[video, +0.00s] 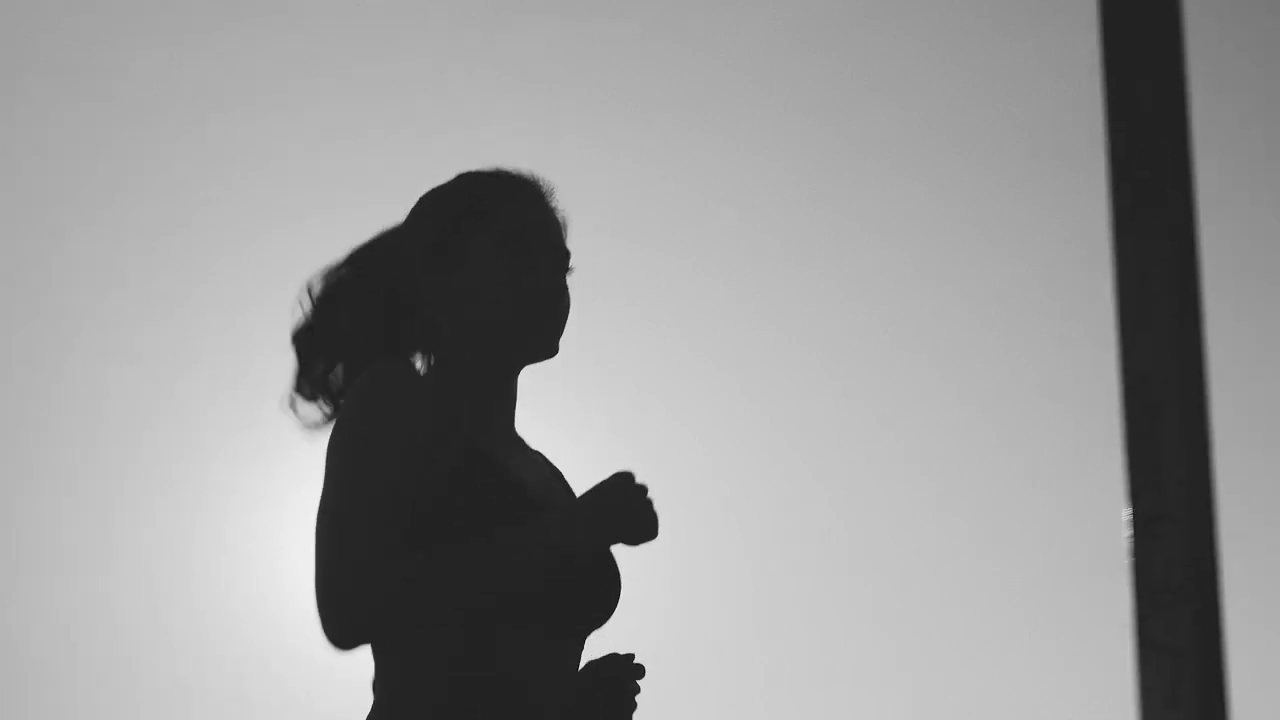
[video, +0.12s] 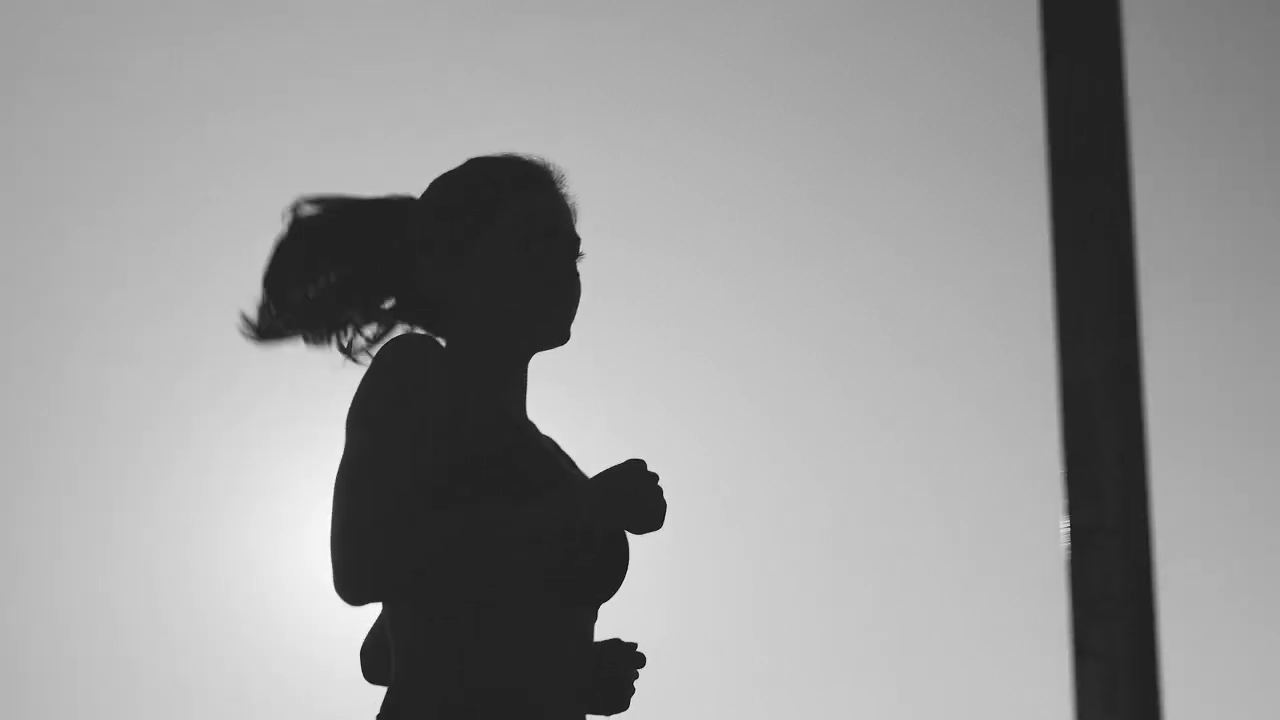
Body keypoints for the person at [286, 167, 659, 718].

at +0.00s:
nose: (563, 293)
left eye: (563, 268)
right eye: (543, 265)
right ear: (469, 275)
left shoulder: (540, 472)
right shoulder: (390, 407)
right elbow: (346, 609)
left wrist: (576, 697)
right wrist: (575, 529)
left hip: (531, 708)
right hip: (423, 705)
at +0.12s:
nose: (576, 272)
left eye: (573, 250)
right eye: (551, 246)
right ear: (474, 260)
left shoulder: (544, 461)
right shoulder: (415, 369)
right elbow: (360, 565)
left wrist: (577, 671)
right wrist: (581, 508)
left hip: (538, 705)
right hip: (442, 701)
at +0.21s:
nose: (583, 268)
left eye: (580, 248)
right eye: (556, 243)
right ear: (480, 261)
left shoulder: (560, 466)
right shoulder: (425, 369)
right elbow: (360, 557)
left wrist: (584, 669)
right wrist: (587, 518)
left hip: (549, 707)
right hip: (449, 702)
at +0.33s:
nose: (594, 289)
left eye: (594, 266)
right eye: (570, 263)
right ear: (489, 275)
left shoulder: (581, 481)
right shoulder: (435, 391)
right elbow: (341, 583)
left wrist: (608, 681)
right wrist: (575, 558)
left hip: (563, 708)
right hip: (462, 704)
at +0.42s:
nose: (602, 309)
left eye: (599, 285)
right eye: (574, 282)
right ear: (487, 306)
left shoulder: (587, 496)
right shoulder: (439, 423)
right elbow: (318, 617)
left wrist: (626, 696)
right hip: (470, 710)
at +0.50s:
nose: (608, 325)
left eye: (604, 306)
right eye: (583, 304)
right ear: (499, 331)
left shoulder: (606, 528)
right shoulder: (438, 459)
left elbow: (583, 698)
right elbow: (288, 658)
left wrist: (645, 705)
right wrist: (485, 674)